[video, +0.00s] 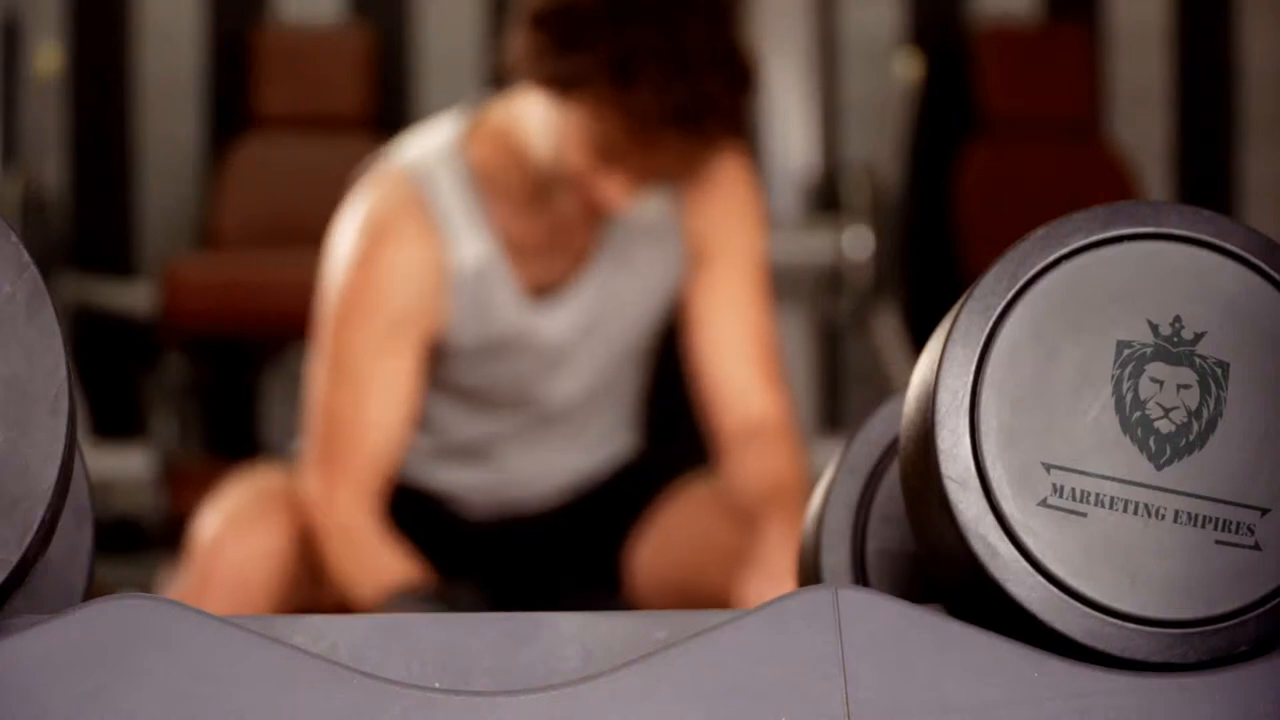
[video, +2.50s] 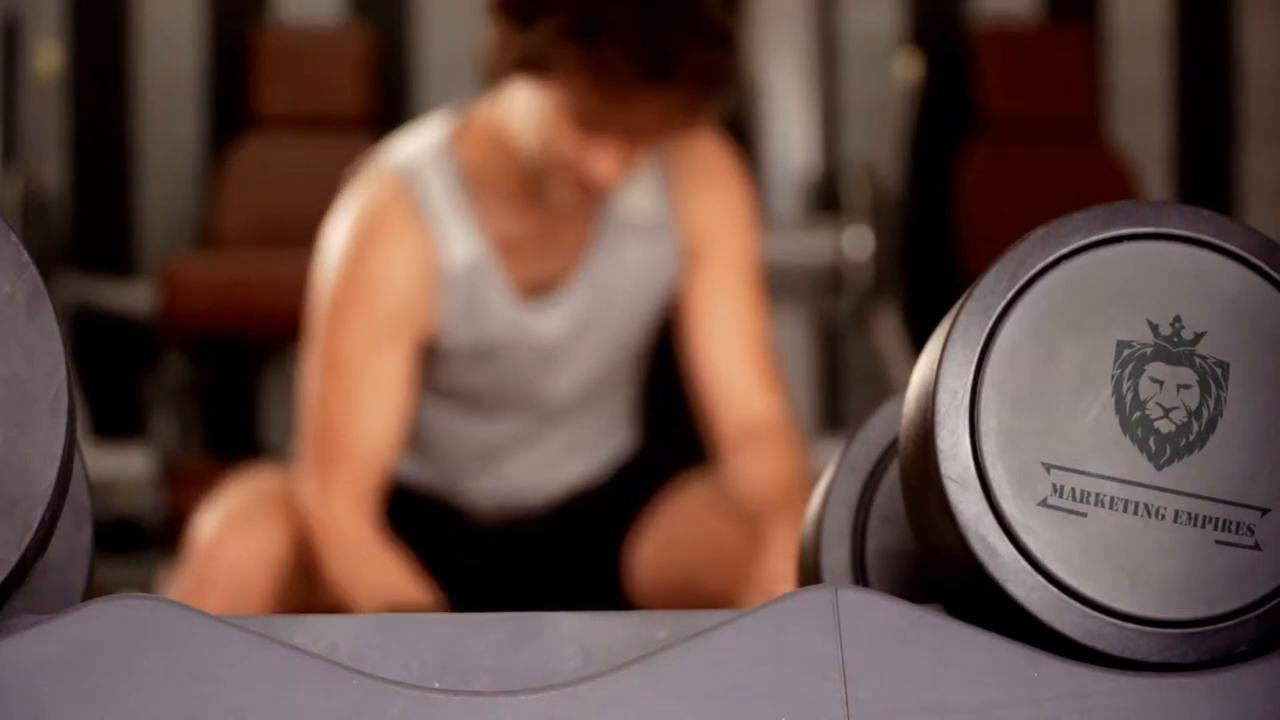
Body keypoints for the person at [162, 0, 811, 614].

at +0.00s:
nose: (622, 199)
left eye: (655, 175)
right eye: (606, 161)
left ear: (695, 146)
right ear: (553, 90)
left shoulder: (705, 175)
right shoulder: (402, 211)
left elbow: (753, 428)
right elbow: (340, 502)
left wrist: (779, 571)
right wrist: (449, 640)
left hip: (602, 515)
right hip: (417, 524)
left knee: (789, 539)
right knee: (245, 524)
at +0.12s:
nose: (613, 202)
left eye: (646, 177)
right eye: (597, 164)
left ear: (690, 148)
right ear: (545, 91)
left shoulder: (701, 175)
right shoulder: (385, 208)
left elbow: (755, 428)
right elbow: (341, 502)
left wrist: (777, 579)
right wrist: (509, 579)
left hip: (604, 519)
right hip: (412, 522)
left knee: (794, 524)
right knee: (245, 527)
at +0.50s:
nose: (588, 201)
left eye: (615, 174)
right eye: (573, 164)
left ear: (652, 137)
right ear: (509, 98)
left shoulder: (671, 173)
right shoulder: (328, 212)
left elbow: (747, 423)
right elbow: (340, 499)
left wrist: (790, 586)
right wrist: (489, 465)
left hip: (600, 522)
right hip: (400, 527)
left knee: (778, 540)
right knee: (235, 532)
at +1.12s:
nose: (600, 180)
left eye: (633, 153)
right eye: (584, 141)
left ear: (672, 119)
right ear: (527, 75)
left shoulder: (692, 171)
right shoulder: (369, 210)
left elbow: (750, 423)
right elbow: (341, 497)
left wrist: (797, 536)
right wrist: (497, 574)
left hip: (607, 512)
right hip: (423, 516)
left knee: (794, 533)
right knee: (241, 528)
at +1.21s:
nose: (605, 182)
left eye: (639, 155)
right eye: (588, 142)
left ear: (676, 122)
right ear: (527, 78)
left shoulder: (698, 174)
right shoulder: (380, 209)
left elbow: (752, 425)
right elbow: (344, 507)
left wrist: (802, 544)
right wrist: (436, 636)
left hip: (605, 512)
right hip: (415, 518)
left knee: (800, 542)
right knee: (241, 529)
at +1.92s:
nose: (613, 207)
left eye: (646, 176)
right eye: (593, 166)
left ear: (681, 147)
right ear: (529, 101)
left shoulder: (695, 178)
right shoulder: (394, 242)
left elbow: (756, 431)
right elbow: (348, 554)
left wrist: (805, 575)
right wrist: (354, 719)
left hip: (602, 524)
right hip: (416, 533)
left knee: (795, 539)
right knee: (238, 533)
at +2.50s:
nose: (611, 168)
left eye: (645, 137)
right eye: (591, 127)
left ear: (676, 110)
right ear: (524, 67)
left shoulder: (696, 170)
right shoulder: (393, 210)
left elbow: (753, 428)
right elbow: (337, 510)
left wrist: (790, 570)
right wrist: (457, 668)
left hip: (601, 521)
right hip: (418, 529)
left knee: (792, 540)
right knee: (241, 526)